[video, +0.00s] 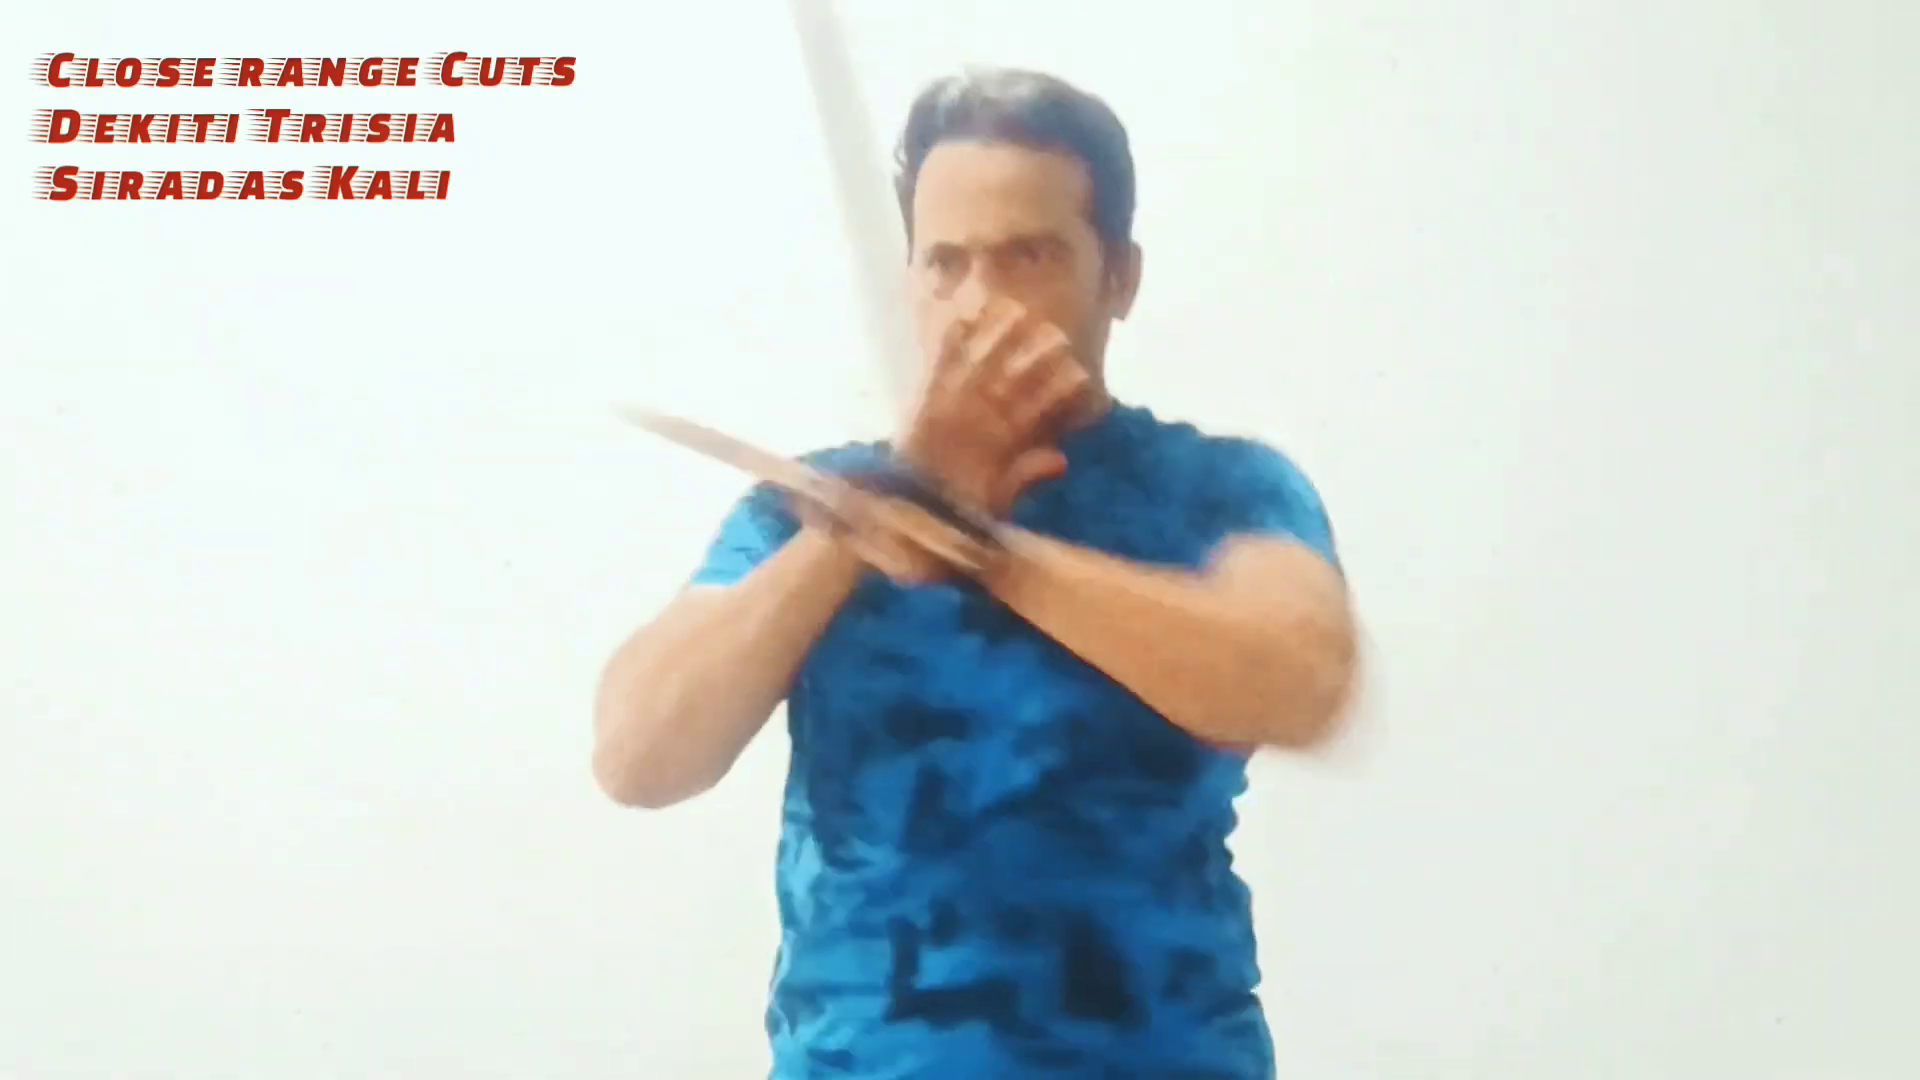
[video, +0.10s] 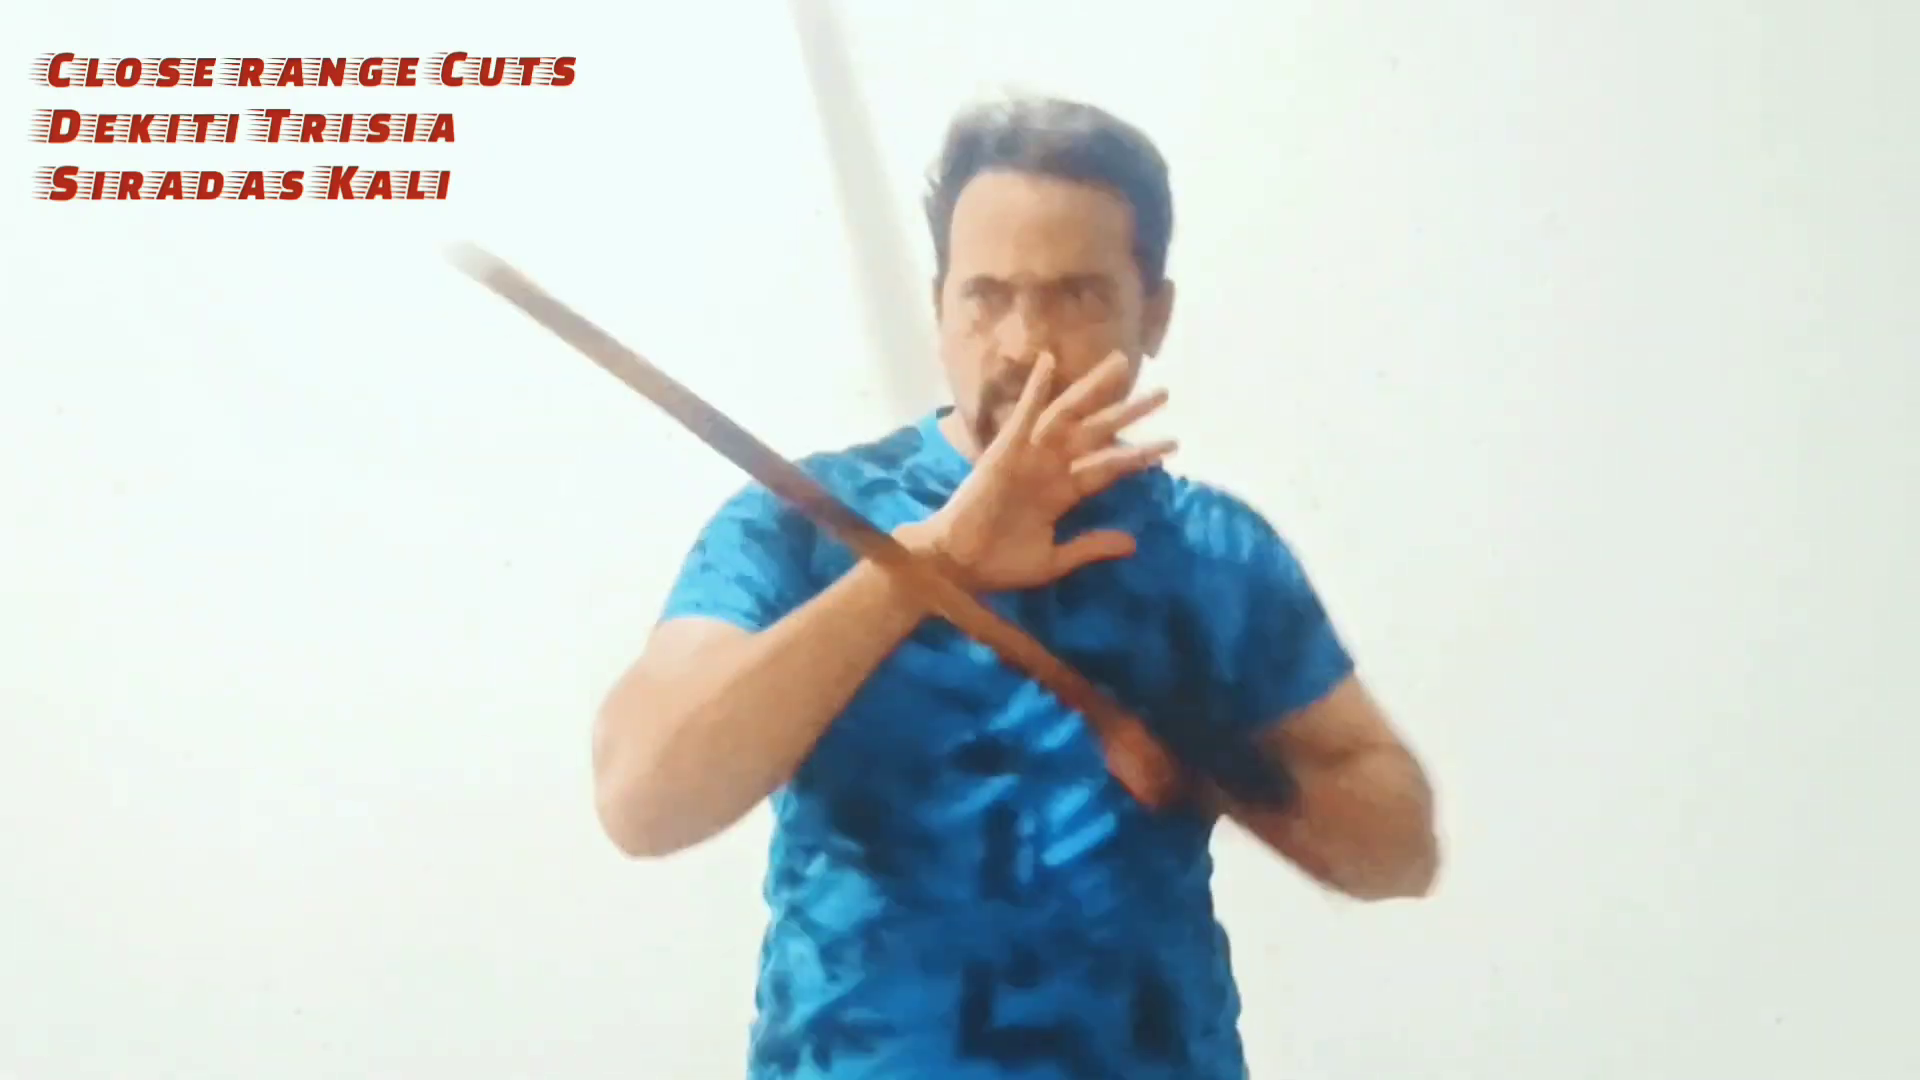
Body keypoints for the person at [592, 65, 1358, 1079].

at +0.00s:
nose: (981, 303)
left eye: (1028, 253)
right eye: (946, 264)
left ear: (1119, 276)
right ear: (909, 286)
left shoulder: (1228, 487)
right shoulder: (815, 497)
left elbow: (1291, 690)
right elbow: (637, 758)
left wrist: (982, 548)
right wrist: (898, 497)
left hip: (1162, 1045)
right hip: (862, 1048)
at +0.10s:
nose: (1025, 343)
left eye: (1074, 297)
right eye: (986, 298)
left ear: (1154, 315)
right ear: (939, 308)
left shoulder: (1217, 553)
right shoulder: (800, 519)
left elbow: (1404, 853)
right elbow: (642, 801)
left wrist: (1212, 771)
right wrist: (931, 563)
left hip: (1151, 1054)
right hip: (858, 1053)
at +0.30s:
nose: (1042, 298)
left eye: (1091, 257)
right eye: (1007, 255)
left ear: (1164, 283)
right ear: (953, 269)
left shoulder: (1189, 543)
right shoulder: (822, 470)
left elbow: (1268, 831)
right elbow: (621, 749)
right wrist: (922, 835)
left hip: (1146, 1057)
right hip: (856, 1054)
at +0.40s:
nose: (957, 261)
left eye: (1006, 213)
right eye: (922, 219)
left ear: (1093, 239)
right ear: (887, 237)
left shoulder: (1202, 464)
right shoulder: (761, 487)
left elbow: (1507, 579)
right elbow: (576, 793)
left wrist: (1413, 312)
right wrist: (848, 675)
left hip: (1146, 1044)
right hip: (859, 1046)